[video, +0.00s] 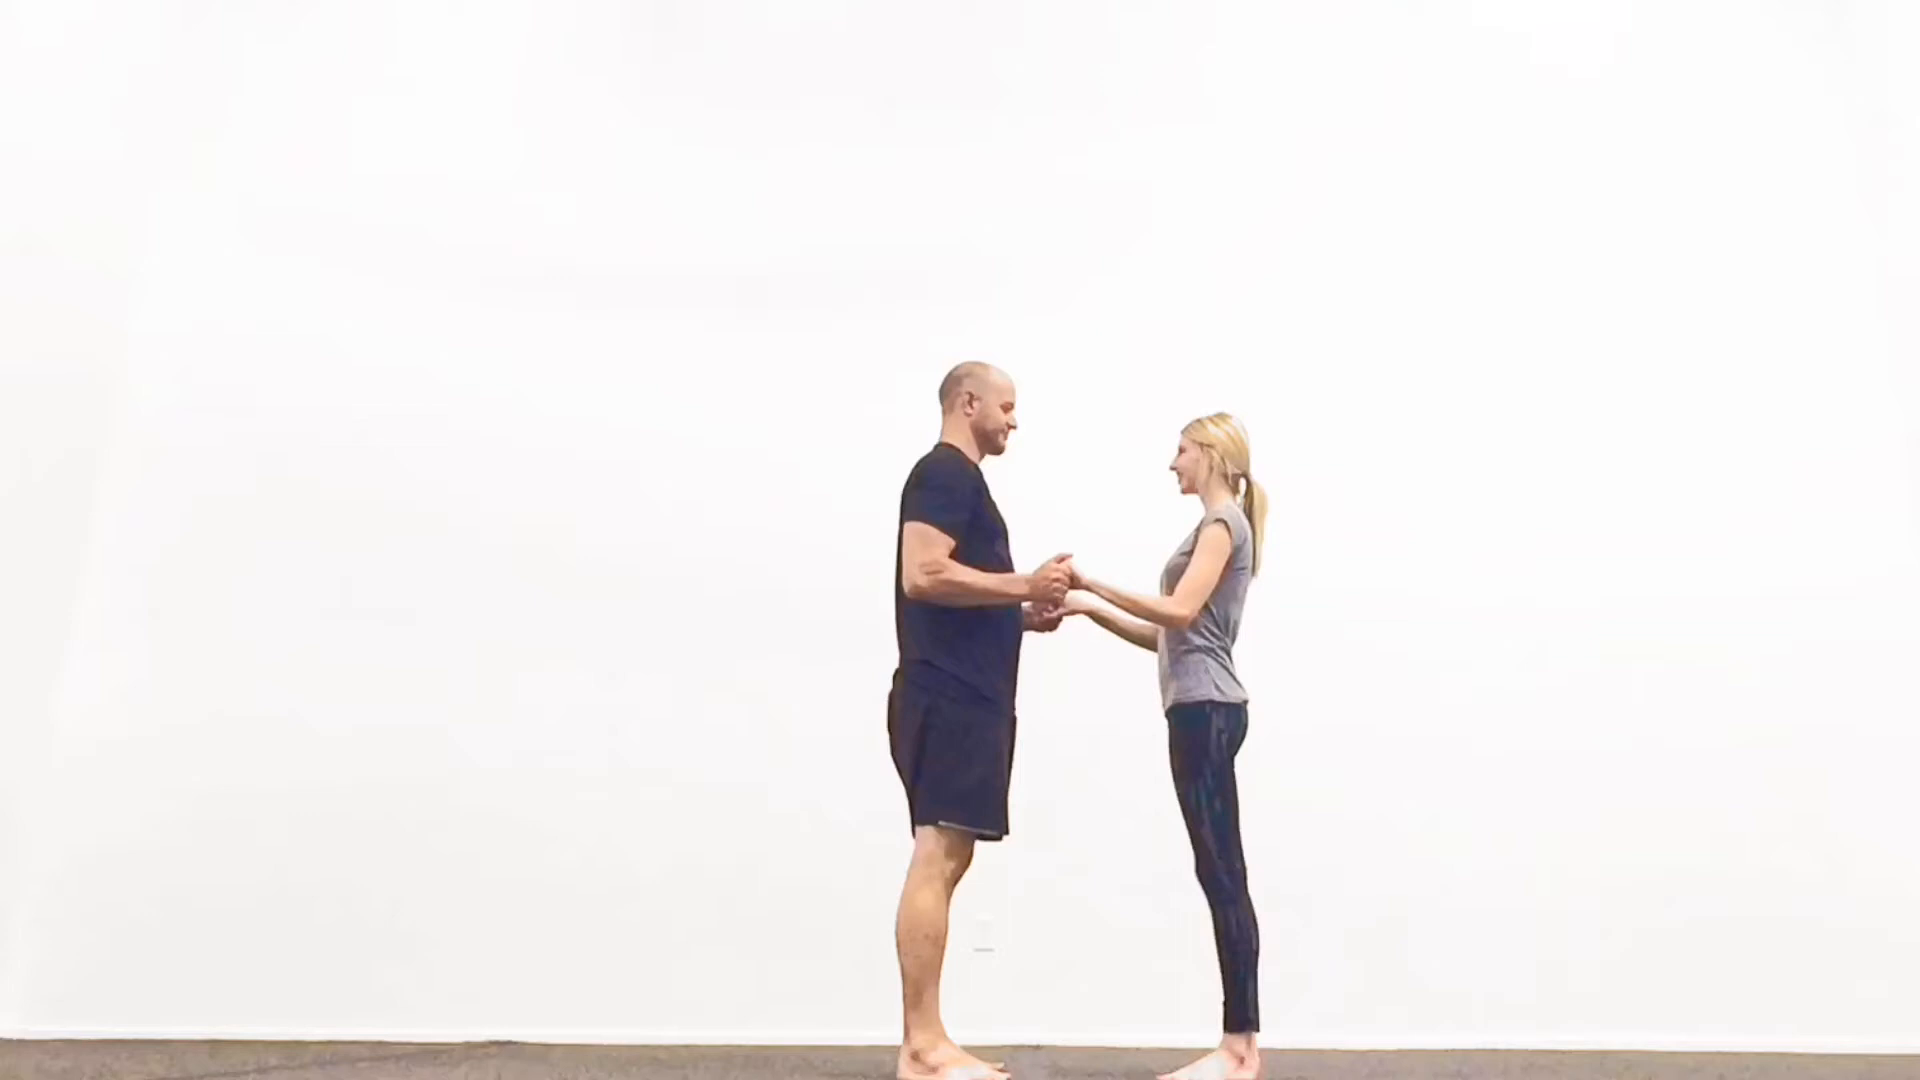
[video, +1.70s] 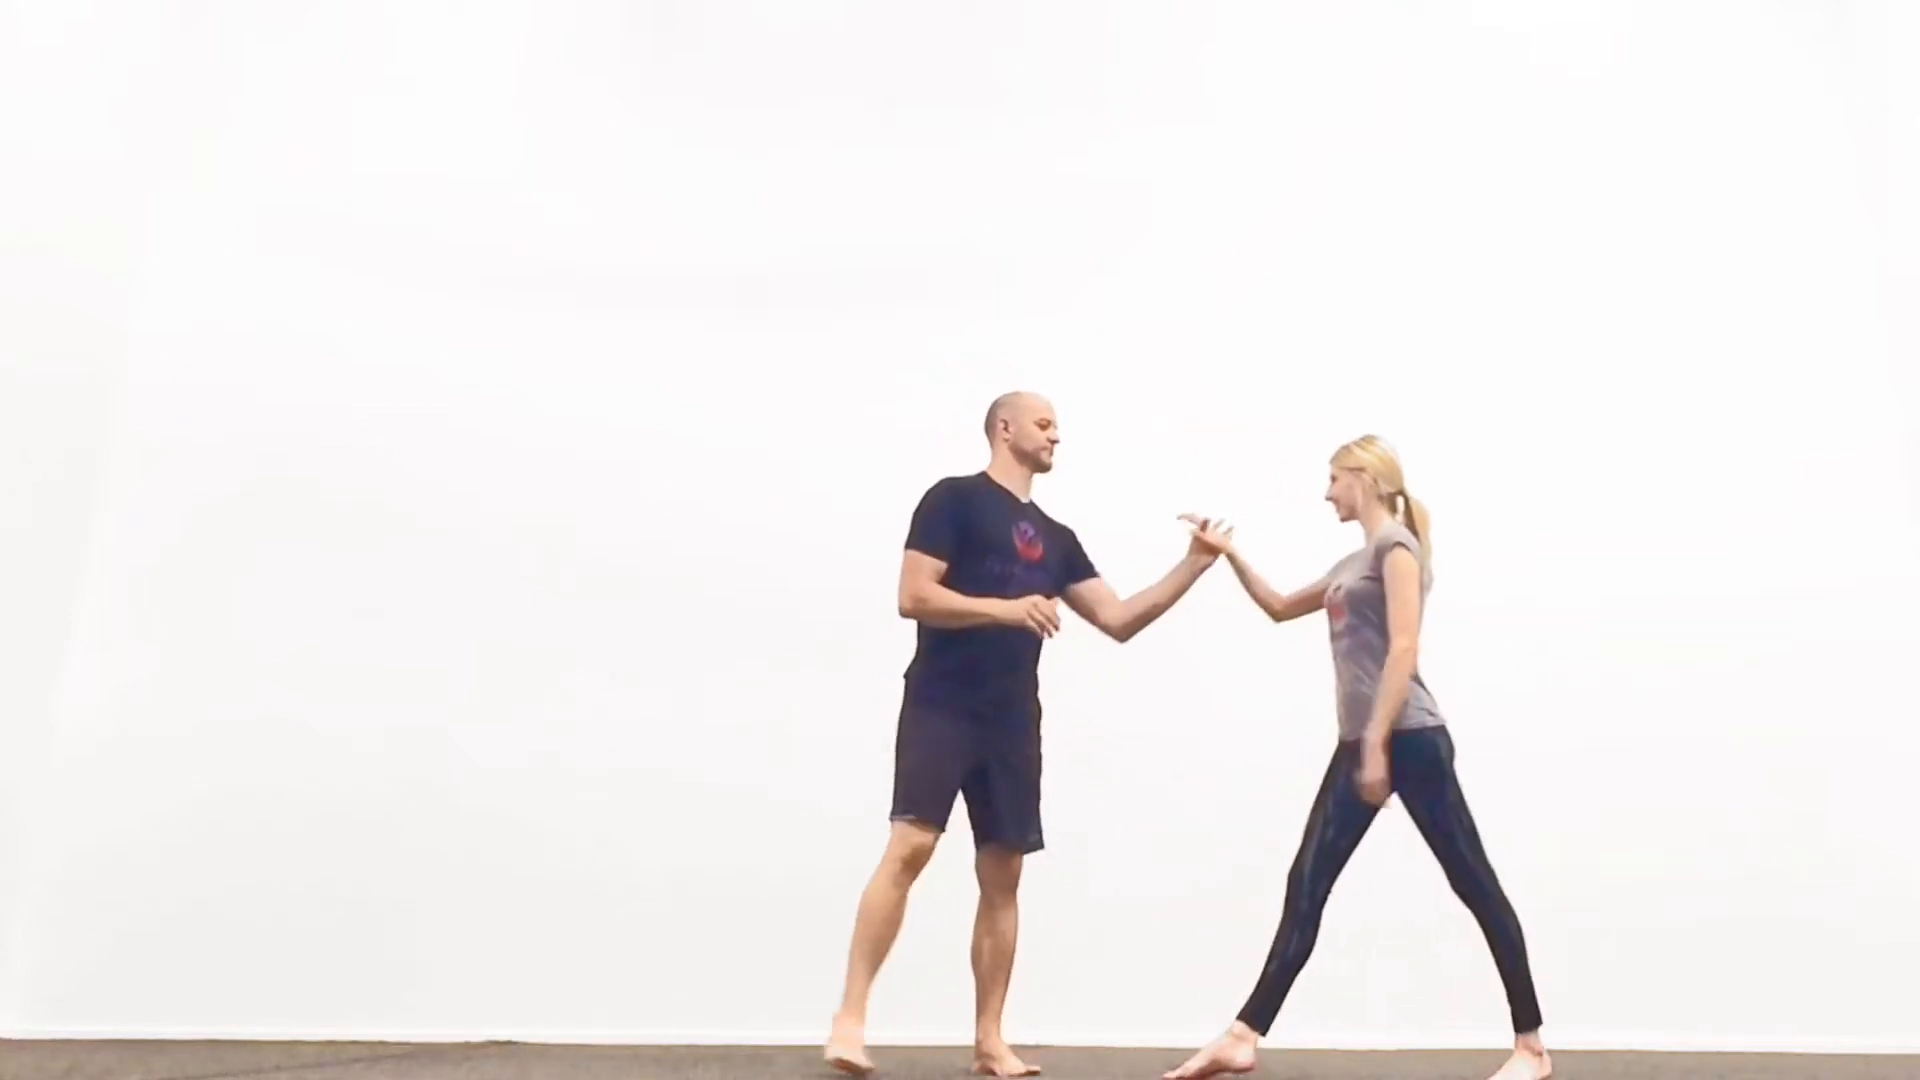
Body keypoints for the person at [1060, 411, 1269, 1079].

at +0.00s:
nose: (1175, 460)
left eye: (1183, 449)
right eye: (1178, 449)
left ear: (1211, 456)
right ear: (1216, 459)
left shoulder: (1221, 522)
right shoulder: (1215, 530)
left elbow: (1180, 610)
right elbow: (1166, 641)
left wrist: (1091, 585)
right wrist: (1092, 606)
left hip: (1205, 705)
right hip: (1198, 705)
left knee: (1220, 874)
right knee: (1220, 875)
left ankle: (1239, 1047)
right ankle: (1240, 1044)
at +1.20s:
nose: (1188, 473)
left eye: (1195, 461)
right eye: (1191, 462)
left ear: (1223, 465)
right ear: (1227, 468)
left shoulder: (1243, 531)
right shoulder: (1237, 542)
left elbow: (1224, 624)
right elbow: (1191, 655)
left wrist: (1131, 620)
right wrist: (1109, 633)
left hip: (1246, 726)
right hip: (1245, 725)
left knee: (1153, 859)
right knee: (1245, 890)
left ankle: (1277, 966)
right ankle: (1243, 1049)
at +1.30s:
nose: (1214, 476)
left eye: (1222, 465)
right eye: (1216, 465)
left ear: (1250, 470)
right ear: (1258, 473)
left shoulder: (1266, 535)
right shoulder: (1263, 545)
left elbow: (1246, 627)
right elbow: (1207, 656)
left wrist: (1155, 629)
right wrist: (1141, 630)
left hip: (1267, 729)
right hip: (1263, 729)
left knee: (1215, 884)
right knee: (1254, 890)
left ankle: (1358, 961)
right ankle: (1246, 1049)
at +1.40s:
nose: (1244, 478)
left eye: (1252, 466)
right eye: (1246, 466)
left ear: (1280, 470)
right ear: (1283, 471)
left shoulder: (1299, 536)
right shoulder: (1286, 544)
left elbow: (1275, 629)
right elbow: (1223, 639)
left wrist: (1192, 639)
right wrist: (1156, 606)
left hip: (1296, 732)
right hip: (1275, 733)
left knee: (1309, 894)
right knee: (1262, 889)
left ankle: (1442, 996)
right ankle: (1247, 1048)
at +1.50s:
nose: (1275, 480)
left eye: (1281, 468)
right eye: (1277, 469)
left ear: (1309, 471)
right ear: (1312, 473)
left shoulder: (1331, 538)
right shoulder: (1311, 550)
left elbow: (1321, 632)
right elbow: (1244, 626)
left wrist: (1240, 669)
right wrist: (1176, 587)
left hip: (1341, 730)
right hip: (1306, 735)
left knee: (1395, 884)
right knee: (1273, 883)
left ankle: (1499, 1021)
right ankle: (1247, 1047)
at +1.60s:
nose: (1305, 486)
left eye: (1311, 474)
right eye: (1306, 475)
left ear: (1339, 476)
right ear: (1346, 478)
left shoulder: (1365, 543)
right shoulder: (1340, 556)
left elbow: (1371, 642)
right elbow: (1264, 617)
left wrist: (1303, 712)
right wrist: (1203, 568)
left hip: (1381, 733)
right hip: (1342, 738)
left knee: (1449, 881)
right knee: (1290, 883)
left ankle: (1524, 1035)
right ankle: (1246, 1043)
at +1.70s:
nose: (1329, 489)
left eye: (1336, 478)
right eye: (1330, 479)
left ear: (1365, 481)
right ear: (1365, 483)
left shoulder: (1396, 548)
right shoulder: (1355, 561)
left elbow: (1404, 650)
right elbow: (1280, 607)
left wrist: (1374, 742)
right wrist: (1227, 550)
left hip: (1411, 736)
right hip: (1358, 741)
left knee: (1475, 883)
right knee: (1306, 886)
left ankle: (1531, 1045)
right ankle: (1243, 1037)